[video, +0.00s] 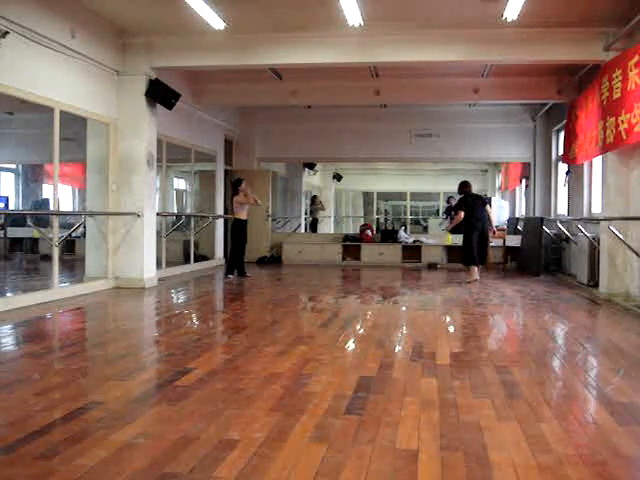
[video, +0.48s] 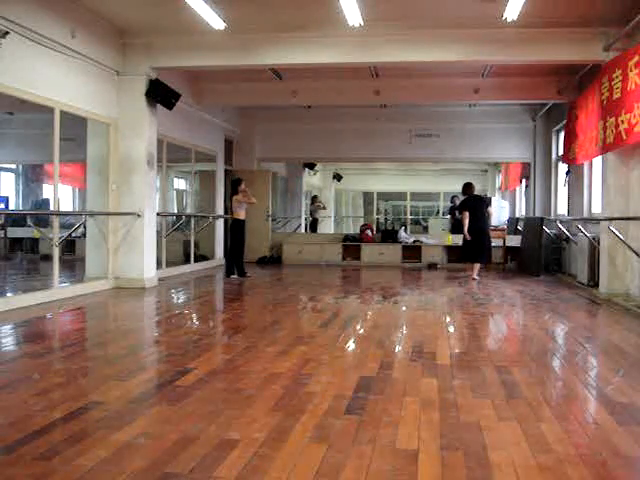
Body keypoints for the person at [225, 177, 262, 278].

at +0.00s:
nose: (245, 186)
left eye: (245, 184)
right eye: (243, 184)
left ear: (242, 186)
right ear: (239, 187)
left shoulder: (244, 197)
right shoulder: (237, 198)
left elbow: (258, 203)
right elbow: (249, 202)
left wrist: (251, 195)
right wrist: (247, 193)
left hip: (244, 221)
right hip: (237, 221)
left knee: (242, 248)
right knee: (235, 248)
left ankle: (241, 271)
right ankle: (229, 272)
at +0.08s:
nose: (245, 187)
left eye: (245, 184)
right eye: (243, 185)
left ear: (243, 186)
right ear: (239, 186)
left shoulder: (244, 197)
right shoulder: (237, 198)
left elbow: (258, 203)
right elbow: (250, 202)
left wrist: (251, 194)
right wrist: (248, 193)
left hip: (243, 221)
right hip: (237, 221)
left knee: (242, 248)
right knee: (235, 248)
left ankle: (241, 271)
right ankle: (230, 272)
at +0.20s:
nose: (245, 188)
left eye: (245, 185)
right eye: (243, 186)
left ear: (242, 187)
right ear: (239, 187)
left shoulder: (243, 198)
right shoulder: (237, 198)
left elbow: (256, 202)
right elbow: (253, 202)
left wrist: (249, 191)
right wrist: (248, 192)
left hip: (243, 221)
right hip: (237, 221)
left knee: (241, 247)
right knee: (236, 247)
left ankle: (241, 271)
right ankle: (230, 271)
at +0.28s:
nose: (245, 188)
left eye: (245, 185)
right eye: (243, 185)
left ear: (240, 187)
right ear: (239, 187)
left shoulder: (242, 198)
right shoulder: (237, 198)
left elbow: (255, 202)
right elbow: (254, 202)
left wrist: (249, 192)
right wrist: (248, 191)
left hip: (243, 221)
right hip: (237, 221)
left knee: (240, 247)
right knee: (236, 247)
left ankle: (241, 270)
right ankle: (230, 271)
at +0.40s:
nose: (244, 187)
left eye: (244, 185)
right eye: (243, 185)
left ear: (240, 187)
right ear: (238, 187)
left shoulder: (241, 198)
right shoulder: (236, 198)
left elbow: (254, 201)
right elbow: (253, 201)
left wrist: (248, 193)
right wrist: (248, 192)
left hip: (242, 221)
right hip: (237, 221)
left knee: (240, 247)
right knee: (235, 247)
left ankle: (241, 271)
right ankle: (230, 271)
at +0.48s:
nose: (244, 187)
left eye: (244, 185)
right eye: (242, 185)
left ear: (239, 187)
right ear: (238, 187)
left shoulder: (241, 197)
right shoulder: (236, 198)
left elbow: (253, 201)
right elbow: (253, 201)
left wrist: (247, 193)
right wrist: (247, 192)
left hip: (241, 221)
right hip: (236, 221)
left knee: (239, 247)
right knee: (235, 247)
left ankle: (241, 271)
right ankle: (230, 271)